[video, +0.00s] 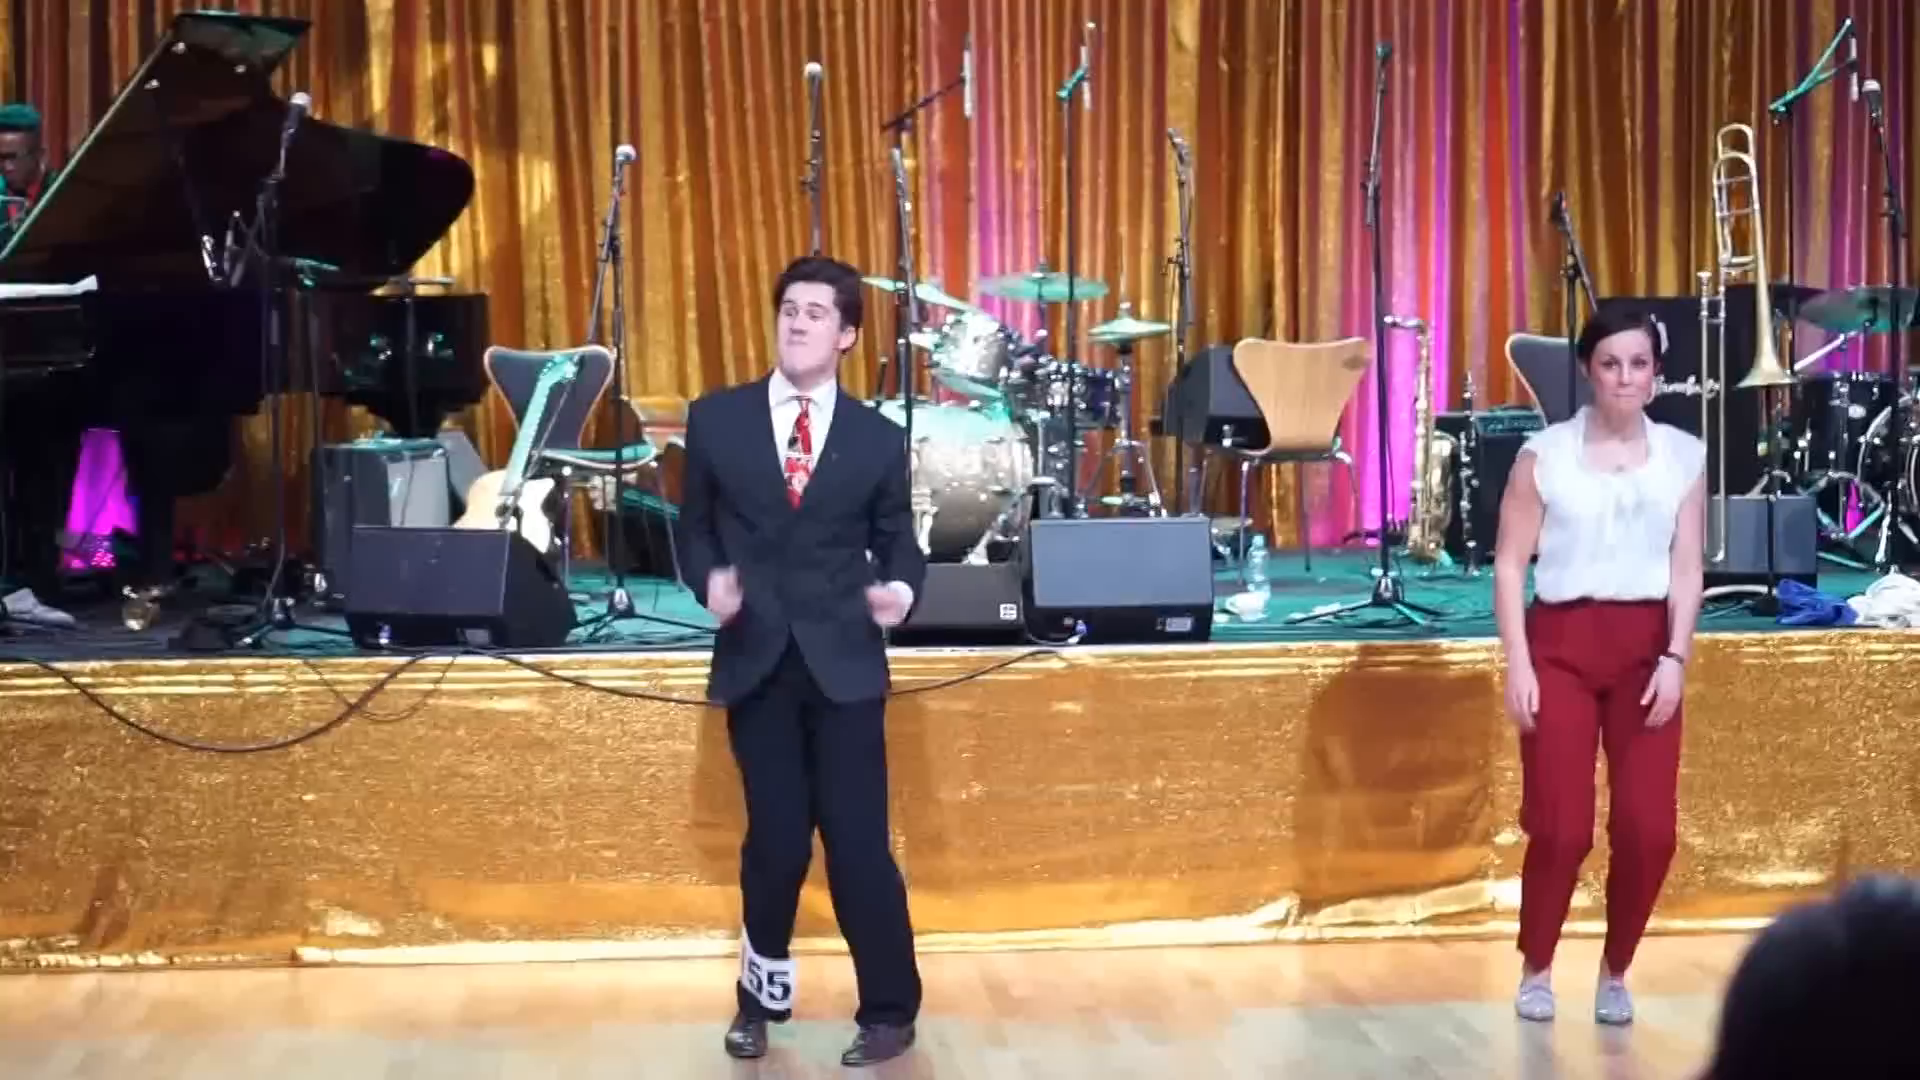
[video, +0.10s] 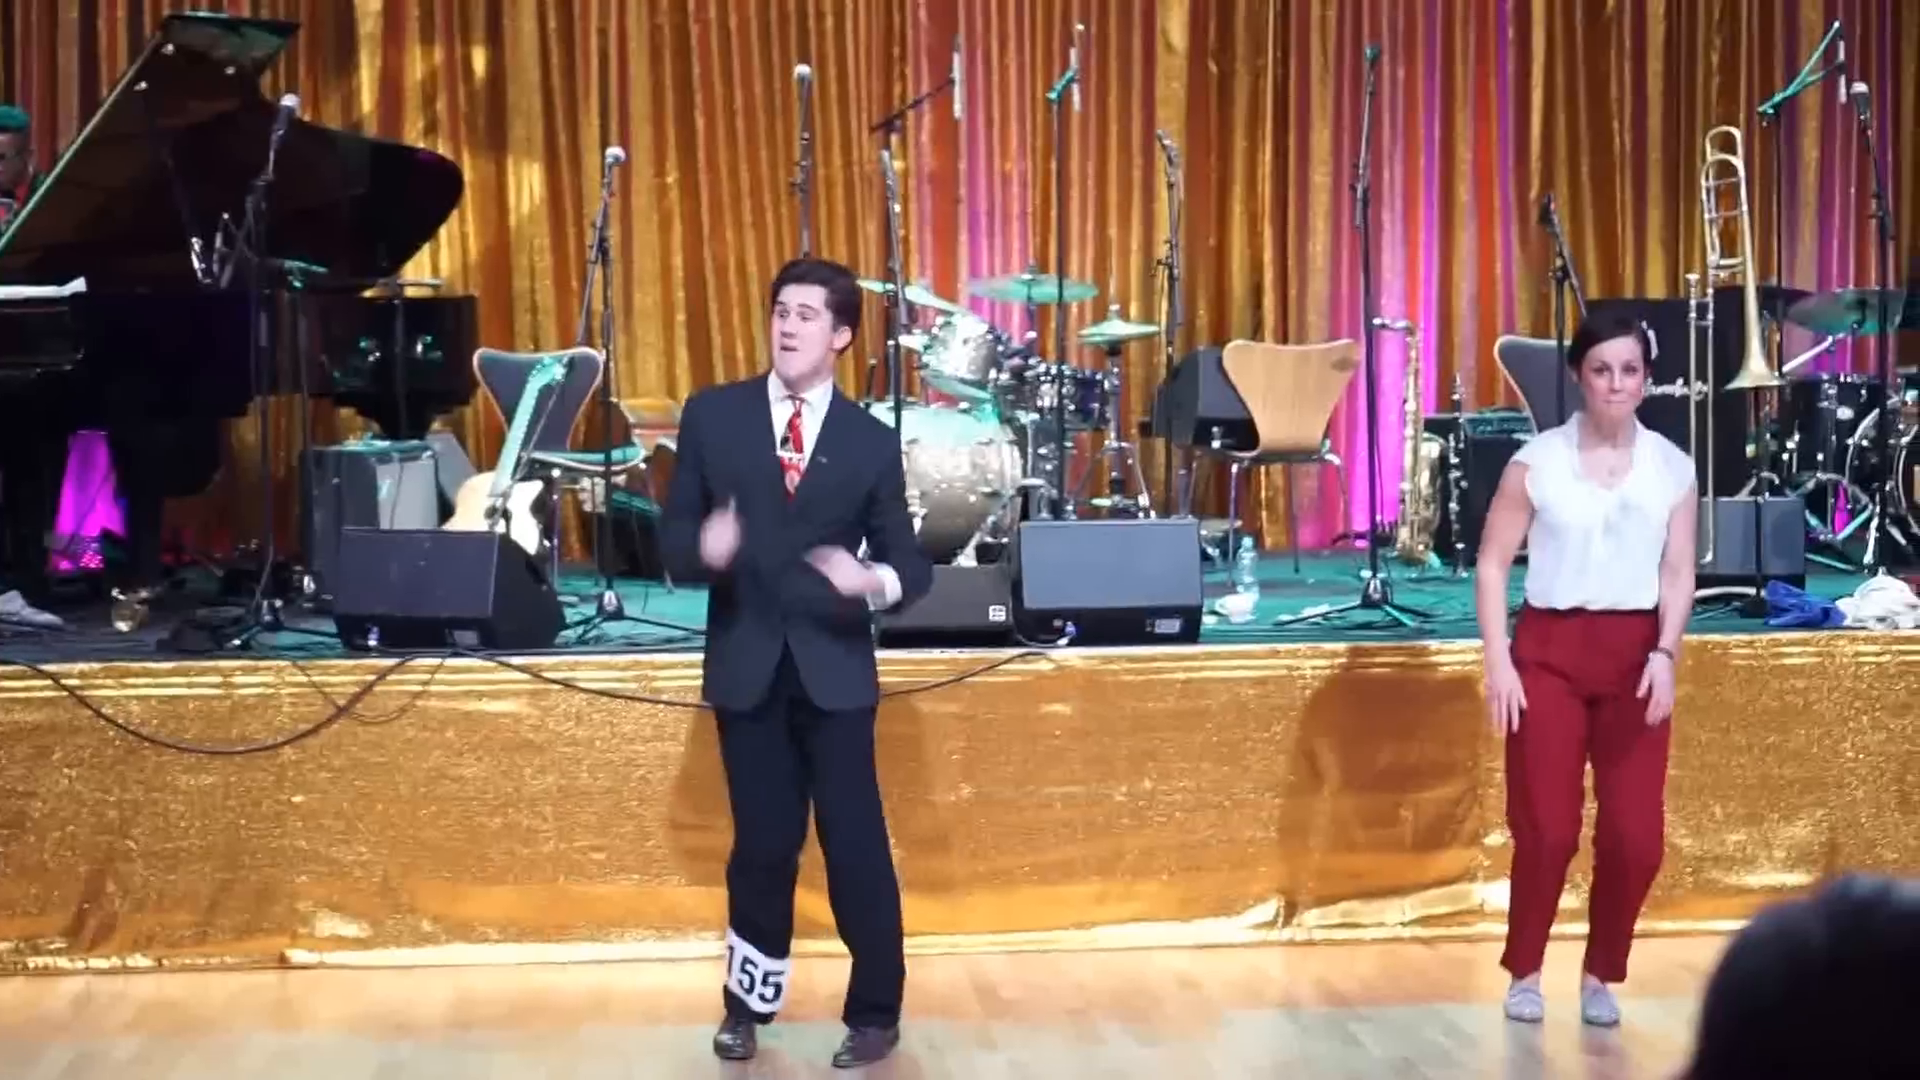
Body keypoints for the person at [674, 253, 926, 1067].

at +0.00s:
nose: (798, 325)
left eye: (816, 315)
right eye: (789, 310)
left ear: (847, 335)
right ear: (773, 323)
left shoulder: (879, 436)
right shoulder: (717, 416)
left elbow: (897, 535)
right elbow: (694, 527)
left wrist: (901, 584)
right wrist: (710, 577)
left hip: (847, 650)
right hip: (757, 648)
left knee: (858, 839)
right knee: (777, 833)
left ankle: (888, 1013)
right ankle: (759, 996)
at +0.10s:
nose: (788, 328)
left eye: (807, 316)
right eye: (781, 312)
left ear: (841, 335)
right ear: (767, 324)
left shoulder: (871, 438)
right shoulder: (712, 413)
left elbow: (909, 562)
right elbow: (672, 544)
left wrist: (876, 580)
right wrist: (701, 544)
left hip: (835, 660)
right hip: (746, 658)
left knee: (855, 840)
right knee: (765, 836)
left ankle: (875, 1013)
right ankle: (746, 1004)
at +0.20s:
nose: (786, 307)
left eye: (805, 295)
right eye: (783, 291)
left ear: (848, 314)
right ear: (774, 301)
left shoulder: (873, 405)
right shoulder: (724, 373)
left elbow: (932, 515)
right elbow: (633, 463)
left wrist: (845, 494)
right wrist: (689, 419)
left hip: (822, 632)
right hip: (726, 625)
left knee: (855, 823)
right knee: (711, 814)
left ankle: (858, 1009)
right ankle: (719, 994)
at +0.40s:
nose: (787, 328)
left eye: (805, 318)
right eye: (784, 313)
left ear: (847, 335)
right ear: (775, 314)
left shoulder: (868, 391)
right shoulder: (753, 353)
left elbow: (885, 475)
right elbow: (666, 372)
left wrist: (875, 367)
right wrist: (674, 302)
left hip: (793, 596)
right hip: (704, 567)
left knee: (804, 784)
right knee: (582, 636)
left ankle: (846, 982)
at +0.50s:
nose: (781, 391)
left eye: (800, 383)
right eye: (778, 374)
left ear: (844, 392)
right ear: (770, 367)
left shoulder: (865, 460)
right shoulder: (752, 411)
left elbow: (828, 522)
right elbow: (682, 455)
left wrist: (783, 443)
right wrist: (743, 407)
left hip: (792, 647)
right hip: (706, 609)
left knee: (794, 822)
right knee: (563, 661)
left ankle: (822, 1017)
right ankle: (397, 694)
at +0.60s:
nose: (806, 423)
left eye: (825, 411)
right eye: (797, 405)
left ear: (850, 417)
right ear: (778, 399)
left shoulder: (862, 498)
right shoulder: (726, 434)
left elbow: (828, 617)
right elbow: (665, 541)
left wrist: (758, 558)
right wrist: (700, 526)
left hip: (786, 654)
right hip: (697, 608)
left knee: (792, 823)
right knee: (572, 643)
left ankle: (783, 1010)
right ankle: (434, 770)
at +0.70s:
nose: (815, 461)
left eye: (831, 448)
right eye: (803, 443)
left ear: (849, 451)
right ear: (776, 437)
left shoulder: (857, 530)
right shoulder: (713, 475)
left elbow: (853, 646)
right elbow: (656, 569)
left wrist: (810, 747)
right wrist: (627, 679)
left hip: (780, 663)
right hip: (690, 634)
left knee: (778, 806)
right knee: (597, 718)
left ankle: (710, 988)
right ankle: (592, 888)